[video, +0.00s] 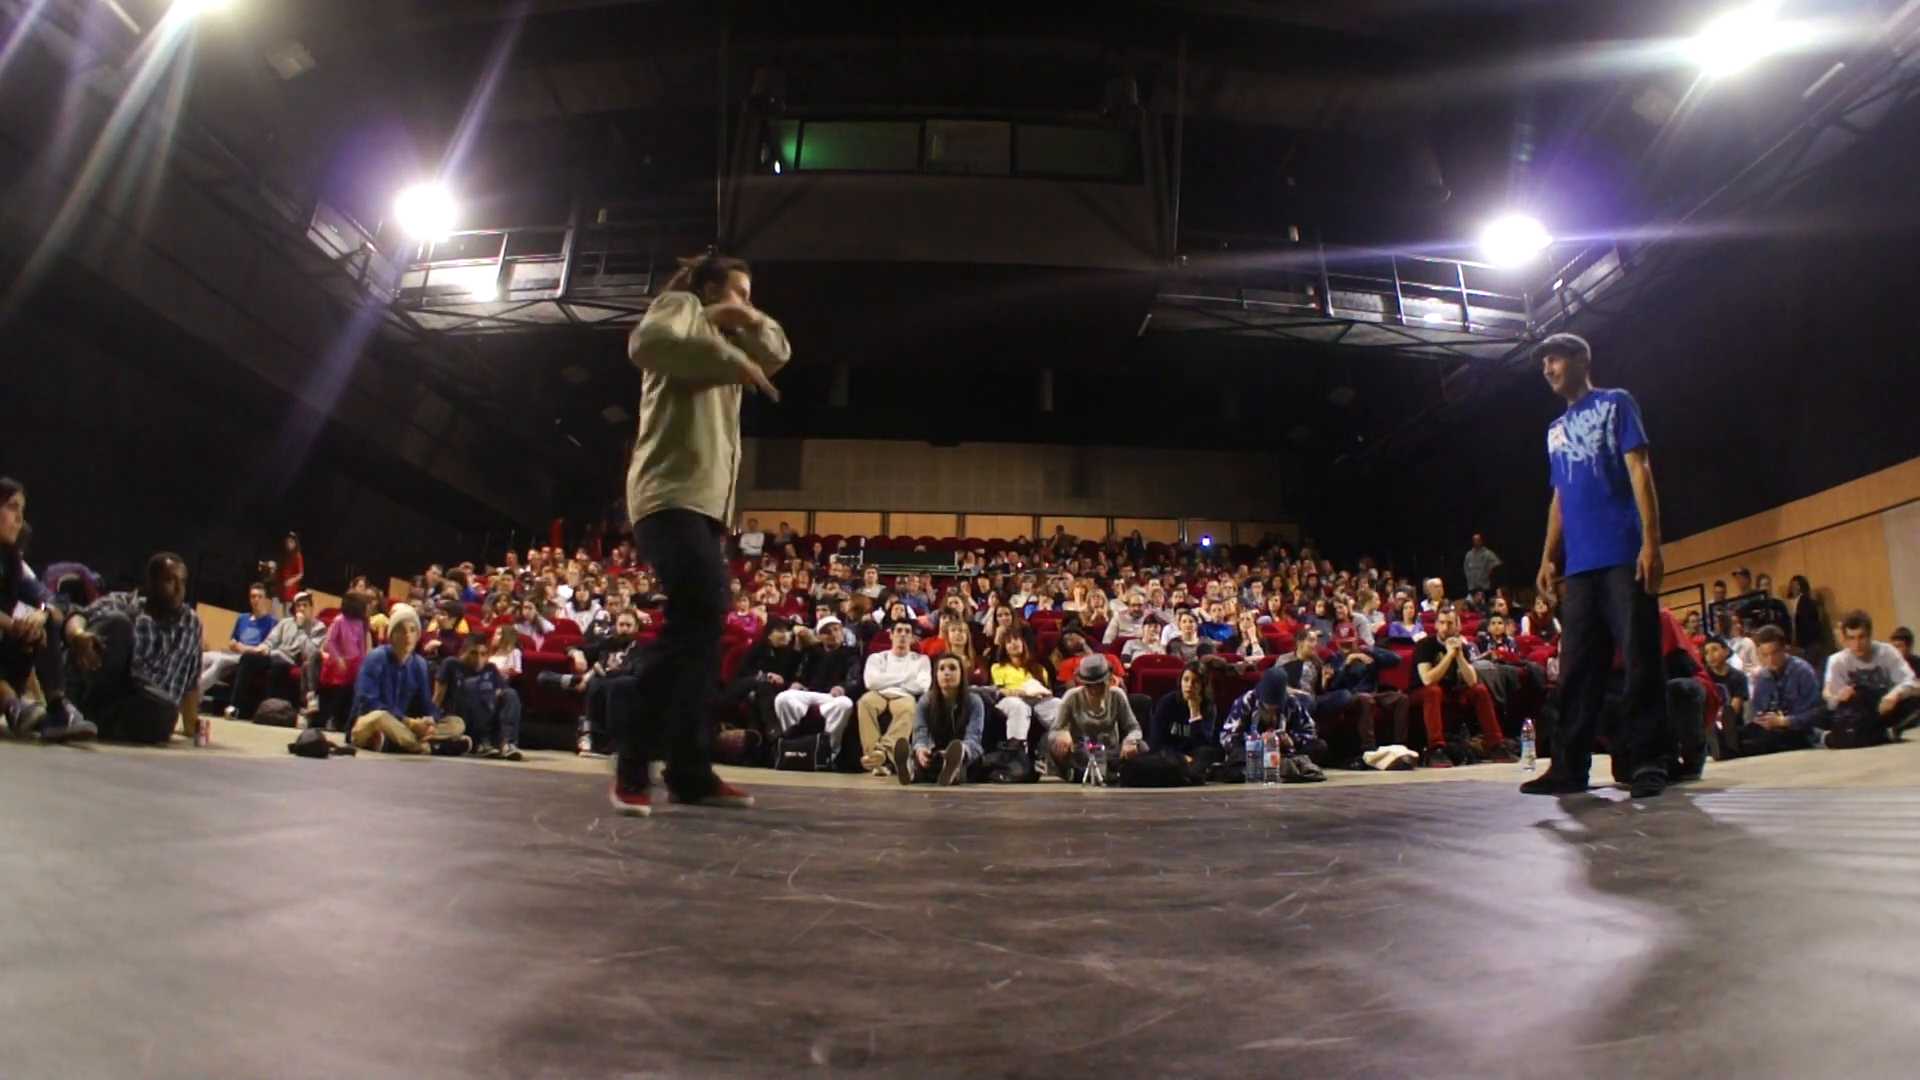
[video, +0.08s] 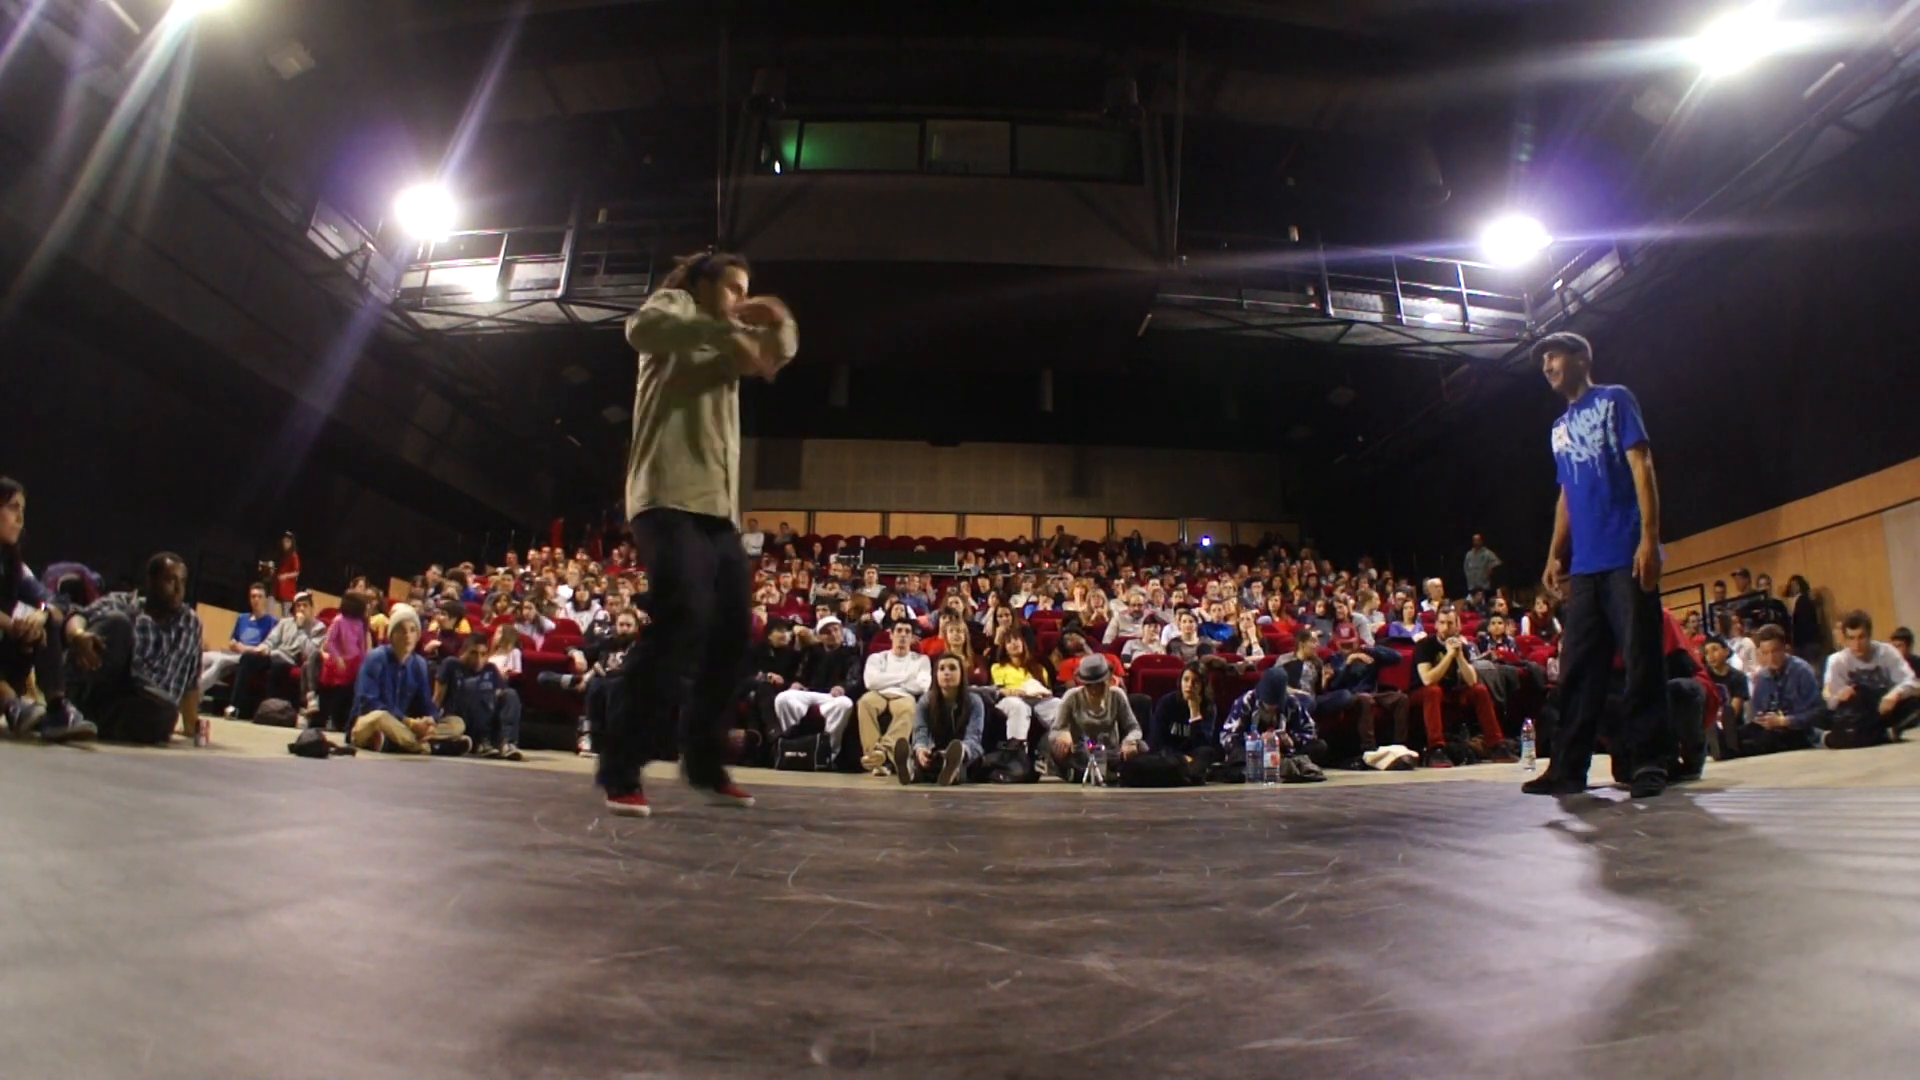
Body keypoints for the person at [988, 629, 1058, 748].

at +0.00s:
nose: (1014, 644)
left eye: (1017, 640)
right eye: (1009, 641)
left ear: (1024, 643)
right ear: (1004, 647)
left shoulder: (1038, 669)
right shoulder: (998, 668)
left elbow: (1047, 691)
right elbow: (999, 690)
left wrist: (1040, 694)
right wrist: (1017, 692)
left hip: (1034, 697)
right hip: (1010, 697)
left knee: (1059, 706)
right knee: (1020, 709)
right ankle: (1018, 756)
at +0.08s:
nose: (1014, 644)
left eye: (1017, 640)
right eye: (1009, 641)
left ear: (1024, 643)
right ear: (1004, 646)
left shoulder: (1038, 668)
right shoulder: (998, 668)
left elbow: (1047, 691)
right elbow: (999, 690)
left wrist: (1041, 694)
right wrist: (1016, 692)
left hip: (1035, 698)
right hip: (1010, 697)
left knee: (1059, 706)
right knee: (1020, 709)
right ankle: (1017, 756)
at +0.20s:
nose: (1014, 644)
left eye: (1017, 639)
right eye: (1009, 641)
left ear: (1024, 642)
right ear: (1004, 646)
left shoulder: (1038, 668)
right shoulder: (998, 668)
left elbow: (1048, 691)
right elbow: (999, 690)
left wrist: (1040, 693)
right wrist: (1019, 693)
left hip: (1035, 698)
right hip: (1010, 697)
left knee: (1059, 706)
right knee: (1020, 708)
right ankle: (1017, 756)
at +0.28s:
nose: (1014, 644)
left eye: (1017, 639)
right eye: (1009, 641)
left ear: (1025, 642)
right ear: (1004, 646)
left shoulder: (1038, 668)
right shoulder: (998, 668)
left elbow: (1048, 691)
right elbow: (999, 690)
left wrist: (1041, 693)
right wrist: (1018, 692)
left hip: (1035, 698)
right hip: (1010, 697)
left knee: (1059, 706)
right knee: (1020, 708)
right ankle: (1018, 756)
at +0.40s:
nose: (1014, 644)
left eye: (1017, 639)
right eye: (1009, 641)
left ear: (1024, 642)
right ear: (1004, 646)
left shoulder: (1038, 668)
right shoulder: (998, 668)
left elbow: (1048, 691)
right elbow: (999, 690)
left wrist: (1040, 693)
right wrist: (1019, 693)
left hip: (1035, 698)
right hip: (1010, 697)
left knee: (1059, 706)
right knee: (1020, 708)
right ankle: (1017, 756)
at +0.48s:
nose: (1014, 644)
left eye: (1017, 639)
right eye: (1009, 641)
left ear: (1025, 643)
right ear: (1004, 646)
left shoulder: (1038, 668)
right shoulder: (998, 668)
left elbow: (1048, 691)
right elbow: (999, 690)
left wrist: (1040, 693)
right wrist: (1017, 692)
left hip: (1035, 698)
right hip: (1010, 697)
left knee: (1059, 706)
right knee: (1020, 708)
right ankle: (1018, 756)